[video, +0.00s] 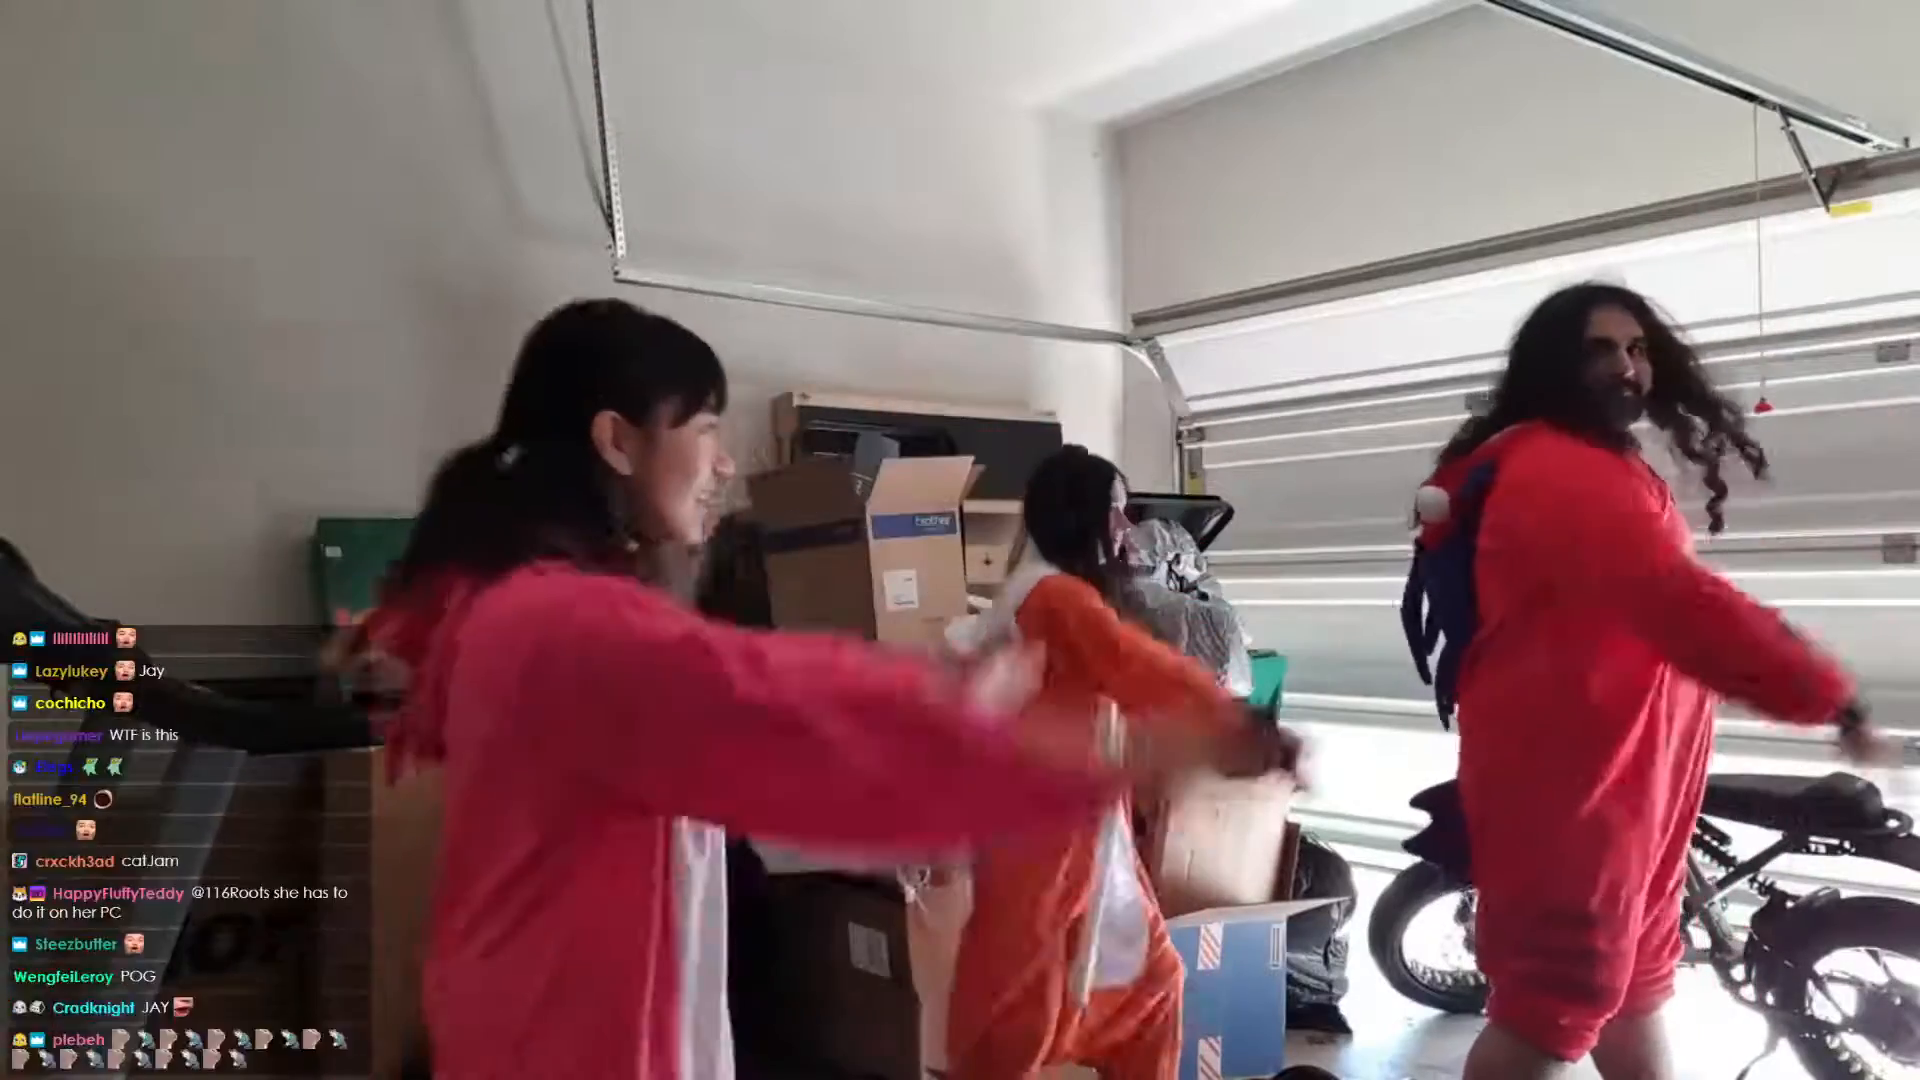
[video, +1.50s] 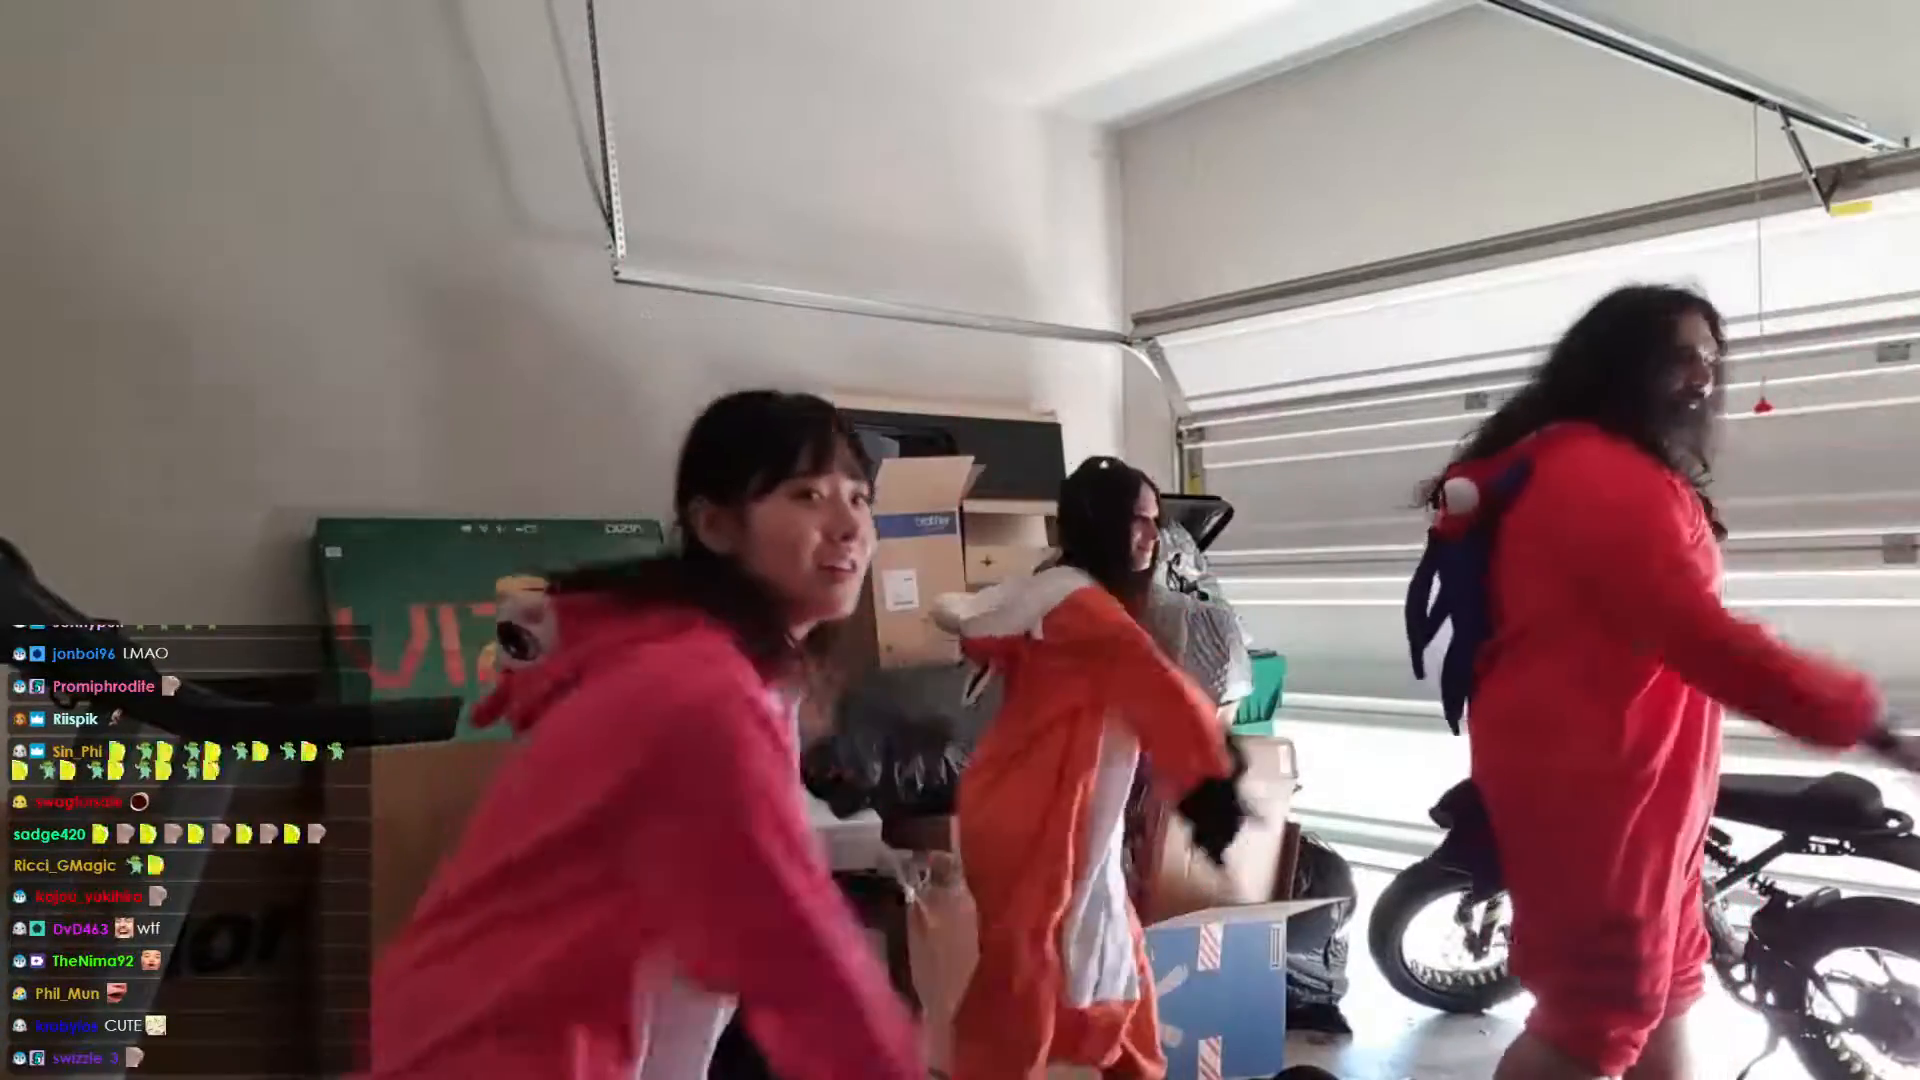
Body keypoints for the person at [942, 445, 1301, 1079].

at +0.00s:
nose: (1130, 531)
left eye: (1129, 513)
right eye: (1121, 513)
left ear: (1048, 517)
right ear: (1090, 518)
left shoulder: (1064, 592)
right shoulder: (1055, 594)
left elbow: (1152, 679)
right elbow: (1141, 672)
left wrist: (1237, 727)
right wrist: (1245, 725)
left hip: (1095, 823)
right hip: (1048, 826)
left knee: (1151, 976)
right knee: (1018, 993)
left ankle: (1144, 1074)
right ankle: (989, 1071)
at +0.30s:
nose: (1141, 538)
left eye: (1137, 523)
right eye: (1127, 523)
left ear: (1057, 541)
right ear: (1103, 539)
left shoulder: (1093, 621)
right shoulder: (1071, 626)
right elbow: (1153, 556)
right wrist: (1174, 446)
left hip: (1156, 822)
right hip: (1105, 835)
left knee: (1219, 979)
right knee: (1100, 1033)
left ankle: (1168, 1075)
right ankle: (1016, 1070)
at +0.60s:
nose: (1149, 540)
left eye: (1152, 526)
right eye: (1138, 526)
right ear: (1098, 530)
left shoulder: (1092, 606)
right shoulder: (1073, 610)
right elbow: (1154, 691)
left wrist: (1210, 745)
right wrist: (1200, 784)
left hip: (1082, 835)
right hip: (1025, 834)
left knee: (1123, 984)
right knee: (1015, 999)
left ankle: (1140, 1067)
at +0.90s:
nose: (1138, 521)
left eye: (1138, 505)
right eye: (1130, 505)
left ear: (1063, 510)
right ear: (1096, 511)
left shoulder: (1058, 582)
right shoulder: (1073, 592)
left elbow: (1160, 669)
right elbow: (1166, 663)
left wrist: (1263, 708)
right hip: (1065, 823)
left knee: (1149, 979)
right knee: (1033, 981)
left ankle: (1144, 1074)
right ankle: (999, 1069)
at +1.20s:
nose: (1147, 540)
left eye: (1143, 527)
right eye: (1136, 528)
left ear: (1068, 542)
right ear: (1109, 542)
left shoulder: (1062, 621)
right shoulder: (1082, 631)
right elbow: (1166, 565)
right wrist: (1196, 452)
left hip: (1158, 823)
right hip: (1114, 837)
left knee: (1223, 979)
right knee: (1106, 1015)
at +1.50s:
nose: (1150, 538)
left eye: (1153, 525)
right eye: (1138, 523)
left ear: (1076, 529)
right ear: (1100, 526)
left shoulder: (1061, 593)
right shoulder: (1082, 606)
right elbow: (1163, 692)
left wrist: (1202, 768)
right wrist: (1209, 776)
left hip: (1080, 819)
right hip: (1030, 819)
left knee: (1120, 972)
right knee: (1021, 977)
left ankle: (1133, 1066)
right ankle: (991, 1068)